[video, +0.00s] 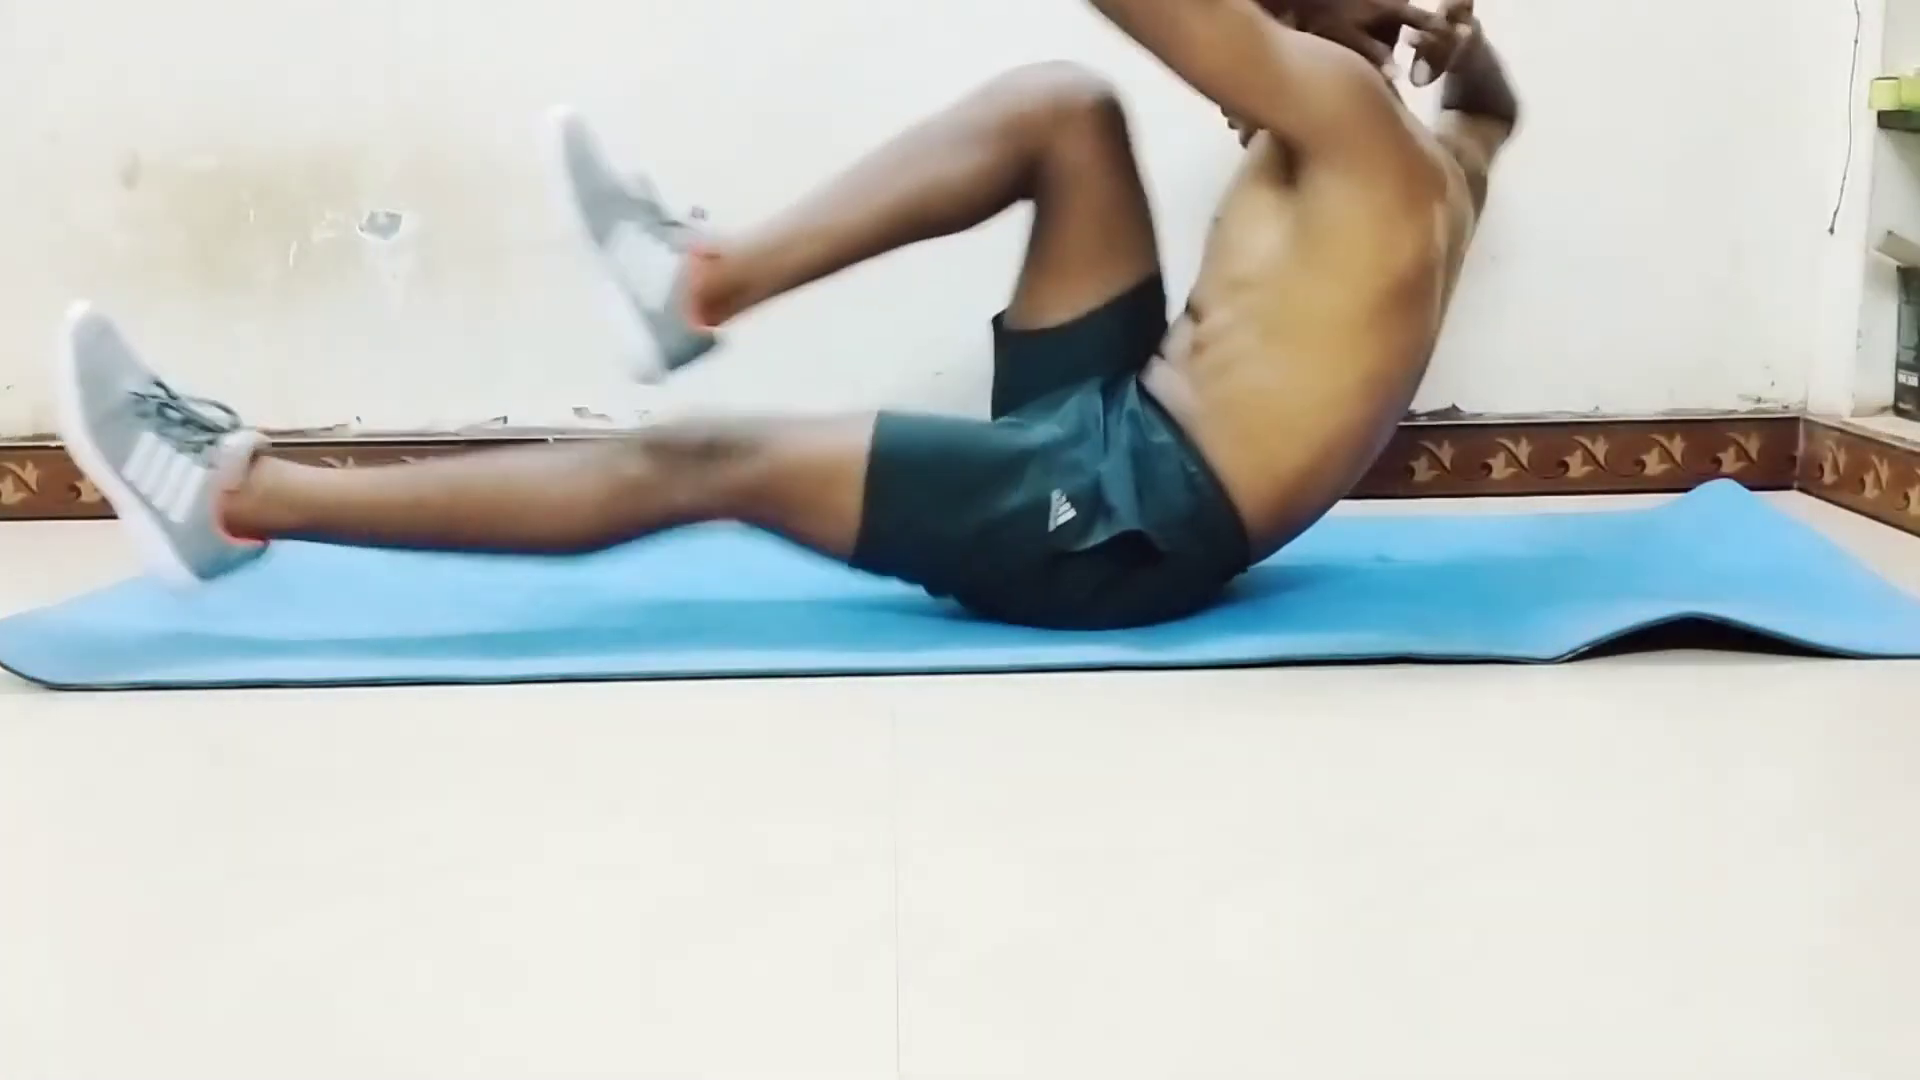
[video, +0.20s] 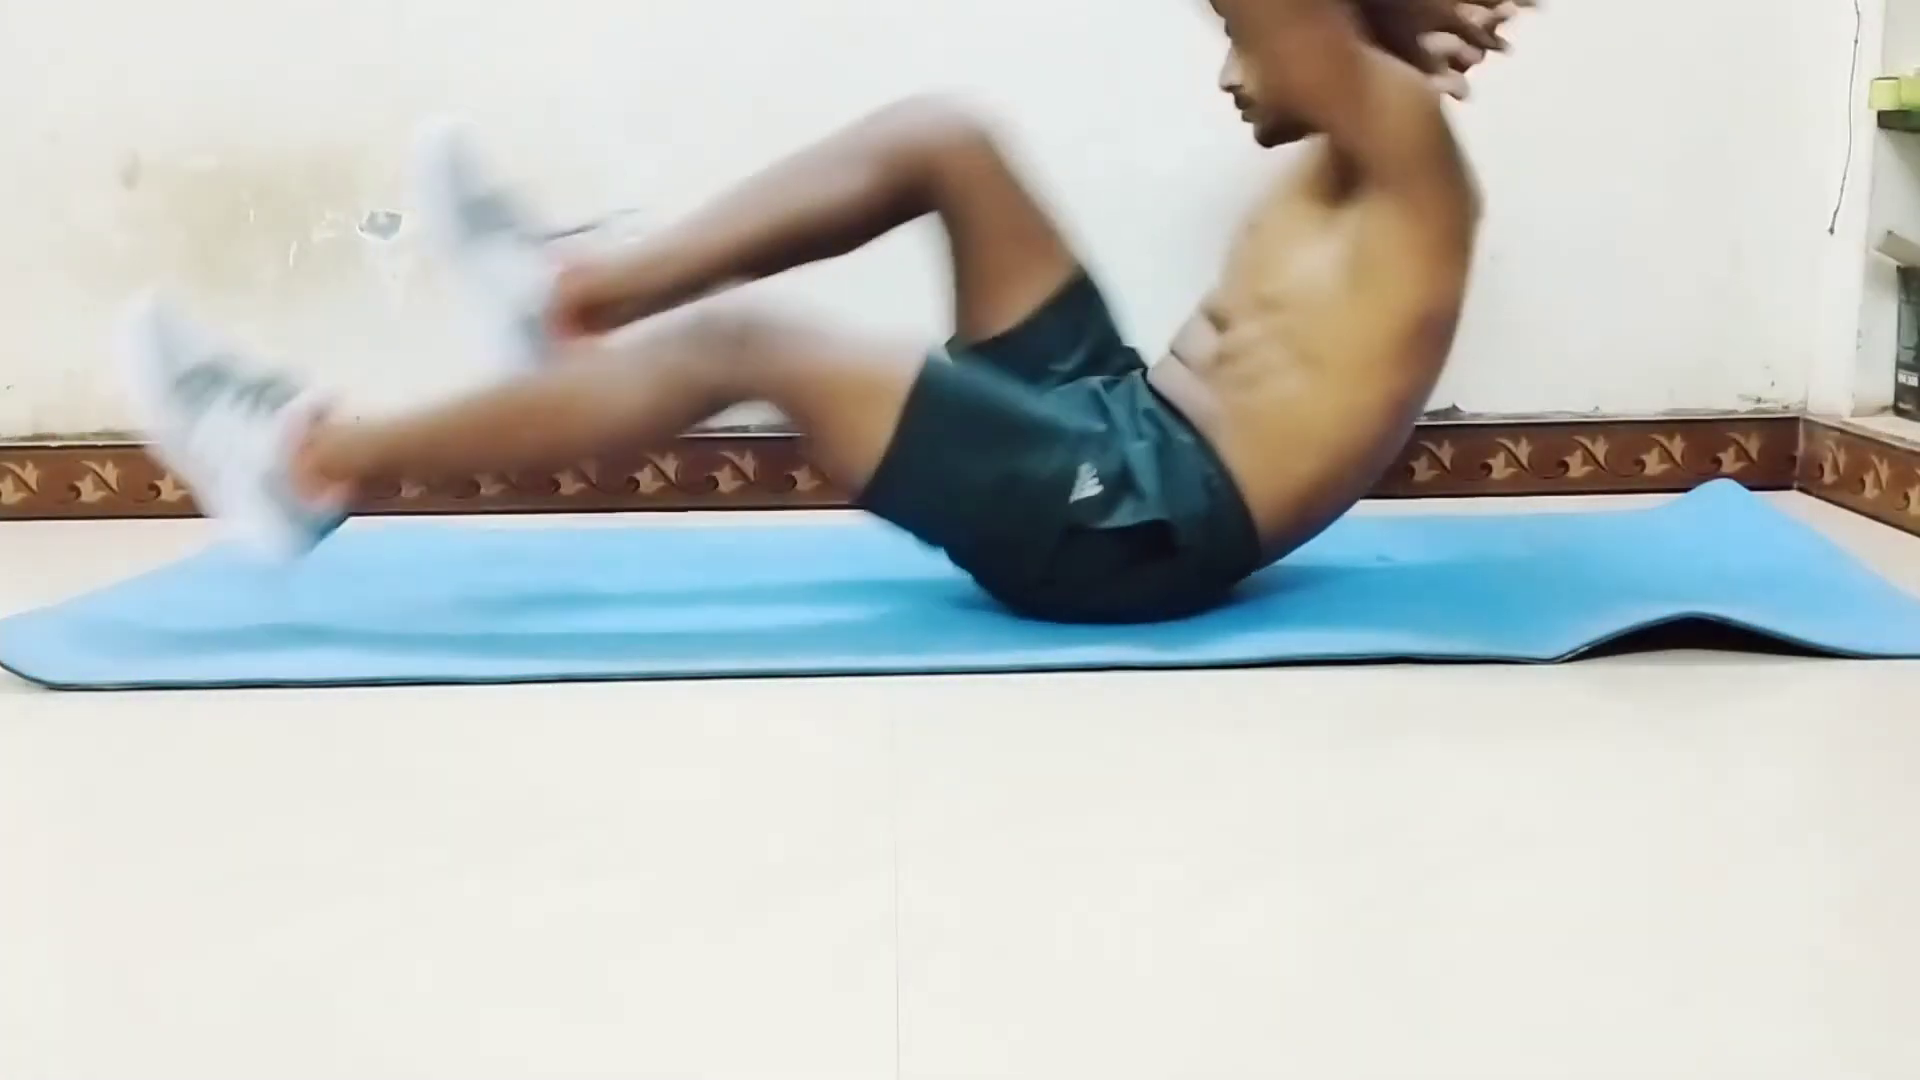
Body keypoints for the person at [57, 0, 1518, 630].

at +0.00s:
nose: (1263, 23)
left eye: (1281, 12)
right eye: (1284, 13)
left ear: (1360, 21)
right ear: (1398, 35)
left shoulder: (1358, 114)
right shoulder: (1409, 142)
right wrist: (1418, 58)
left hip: (1114, 510)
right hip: (1126, 434)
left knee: (695, 462)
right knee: (1069, 111)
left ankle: (236, 494)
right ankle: (705, 279)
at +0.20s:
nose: (1224, 69)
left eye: (1239, 41)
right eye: (1225, 43)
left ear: (1332, 31)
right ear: (1326, 40)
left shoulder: (1405, 162)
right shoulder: (1355, 161)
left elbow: (1294, 57)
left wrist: (1396, 47)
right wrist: (1389, 44)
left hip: (1141, 509)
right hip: (1115, 427)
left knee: (744, 343)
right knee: (949, 143)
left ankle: (316, 465)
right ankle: (584, 292)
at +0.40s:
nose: (1249, 78)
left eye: (1273, 43)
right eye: (1240, 53)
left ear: (1380, 39)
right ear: (1290, 64)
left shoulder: (1447, 170)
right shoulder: (1334, 173)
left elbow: (1468, 29)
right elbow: (1195, 50)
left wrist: (1373, 49)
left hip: (1155, 516)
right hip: (1124, 476)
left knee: (847, 207)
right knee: (845, 200)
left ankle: (448, 343)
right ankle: (458, 331)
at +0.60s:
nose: (1267, 77)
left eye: (1298, 51)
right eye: (1262, 52)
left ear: (1400, 51)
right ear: (1280, 60)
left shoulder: (1467, 178)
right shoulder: (1258, 138)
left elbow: (1640, 15)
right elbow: (1063, 38)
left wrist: (1470, 27)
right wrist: (1256, 35)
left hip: (1153, 504)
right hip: (1066, 468)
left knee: (1015, 111)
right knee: (734, 345)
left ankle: (620, 198)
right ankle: (357, 384)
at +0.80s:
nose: (1271, 78)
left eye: (1306, 58)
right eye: (1265, 50)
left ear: (1407, 60)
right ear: (1266, 47)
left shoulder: (1473, 174)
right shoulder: (1233, 114)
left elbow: (1720, 32)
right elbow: (1061, 51)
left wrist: (1546, 17)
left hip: (1159, 513)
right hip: (1069, 452)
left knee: (1084, 107)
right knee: (716, 380)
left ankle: (676, 125)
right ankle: (332, 423)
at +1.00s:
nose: (1280, 92)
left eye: (1314, 70)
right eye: (1272, 68)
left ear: (1408, 69)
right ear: (1281, 73)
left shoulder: (1484, 179)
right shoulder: (1242, 118)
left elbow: (1699, 36)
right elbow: (1052, 36)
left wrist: (1552, 20)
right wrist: (1211, 9)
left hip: (1156, 508)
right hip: (1066, 462)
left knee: (1005, 125)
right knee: (724, 334)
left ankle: (607, 111)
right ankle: (354, 429)